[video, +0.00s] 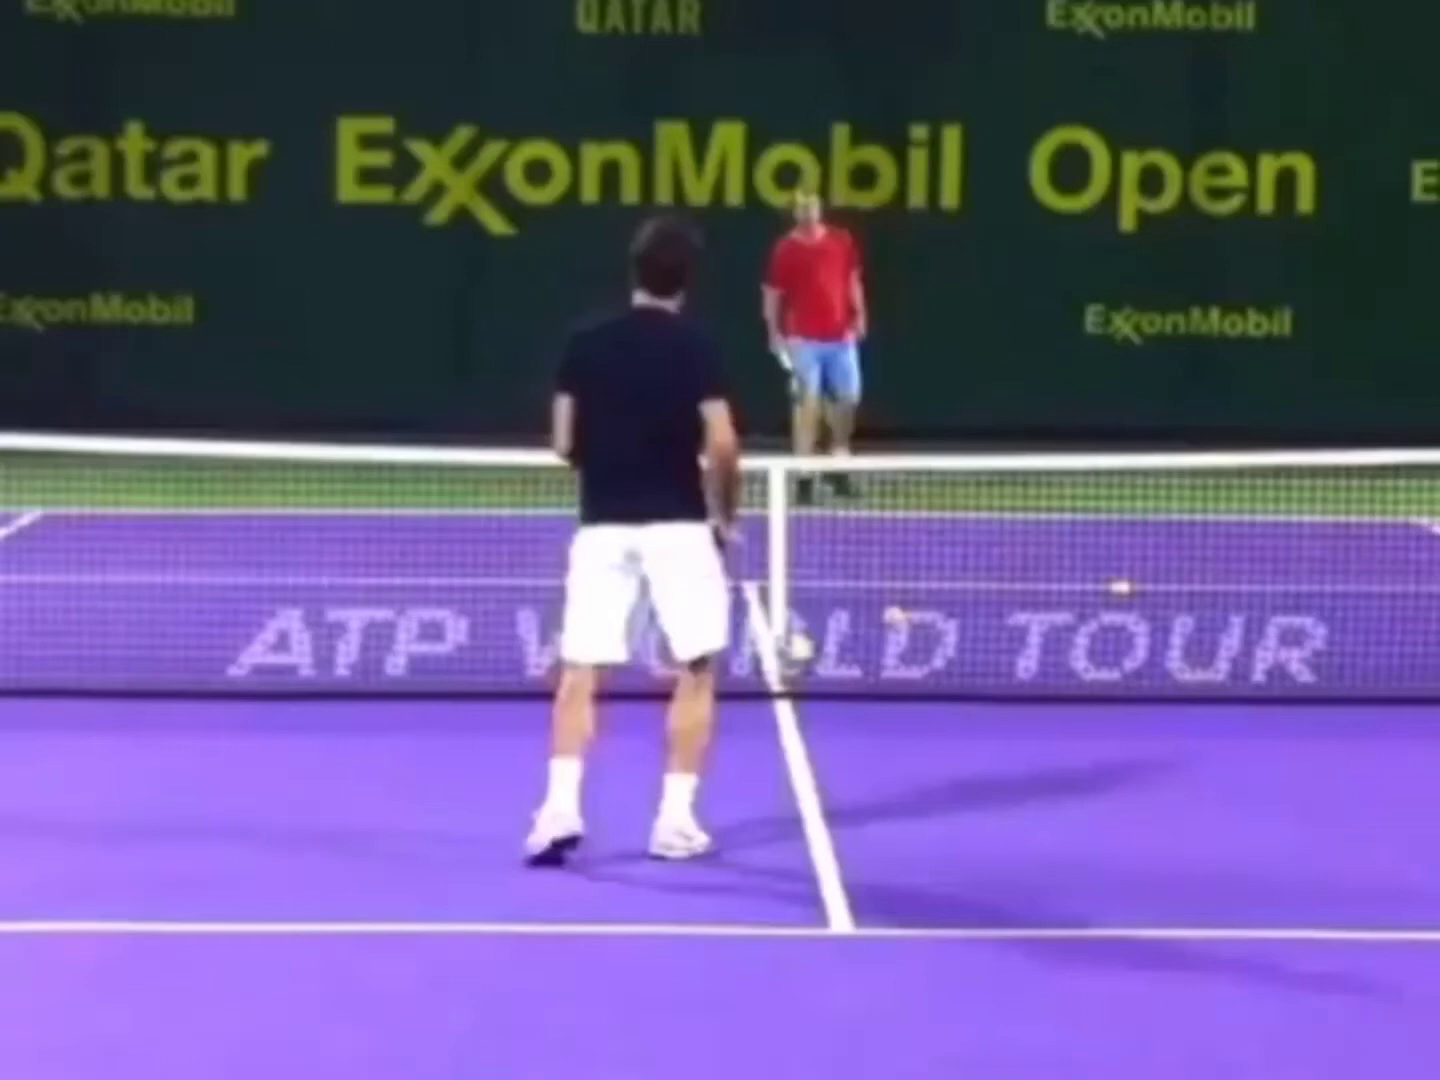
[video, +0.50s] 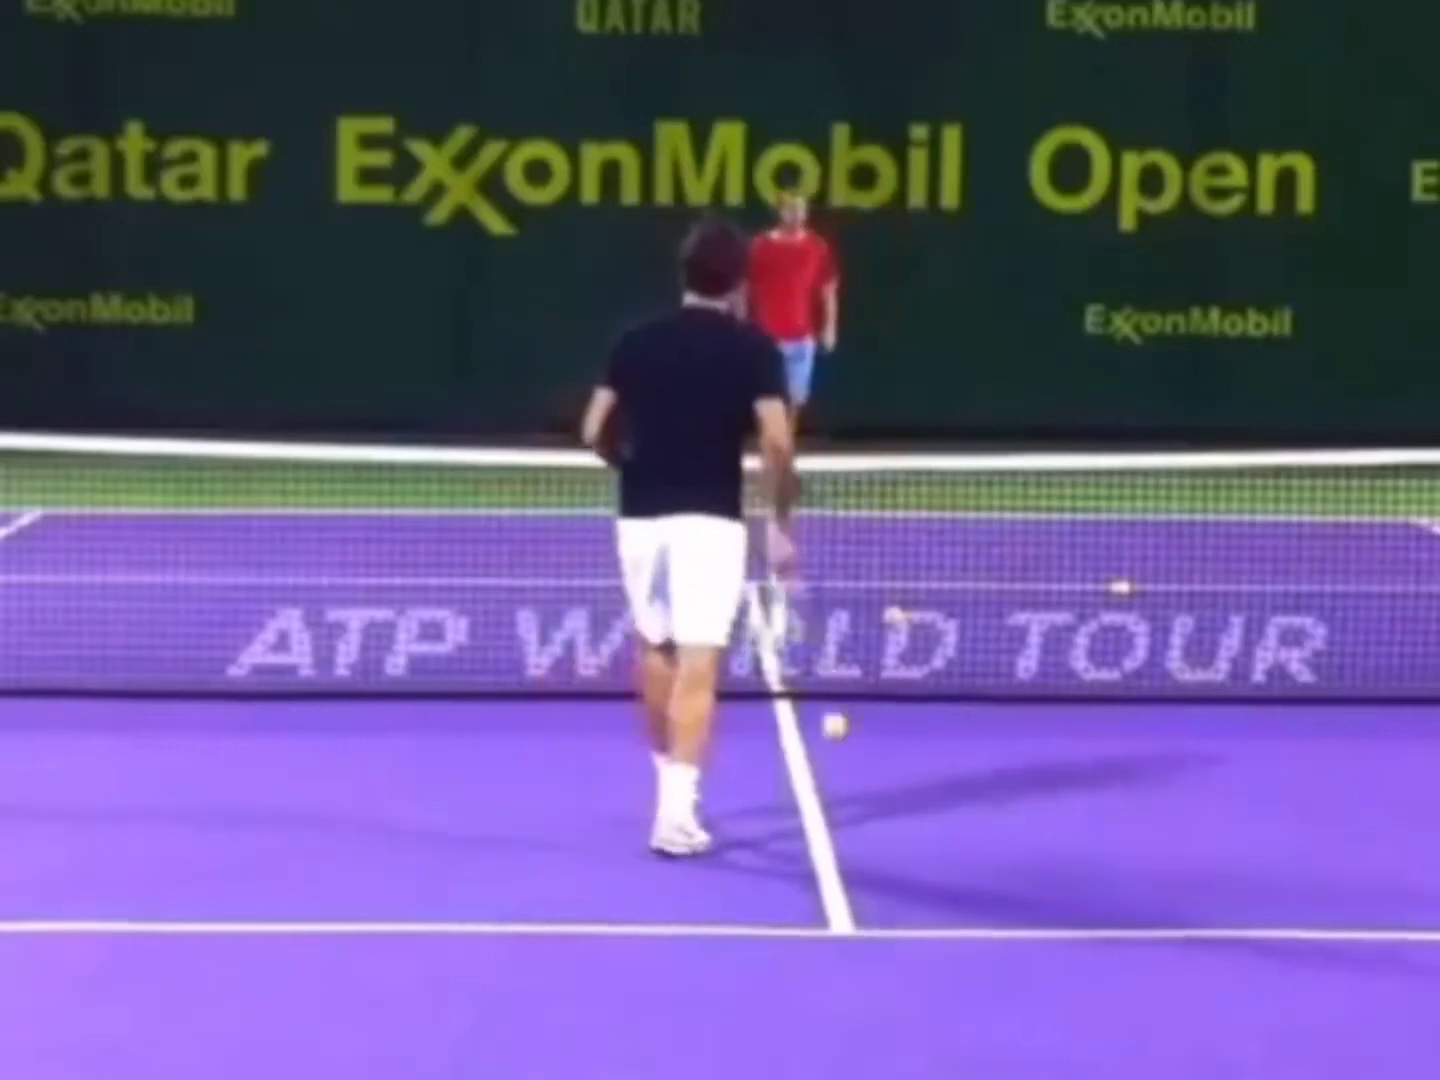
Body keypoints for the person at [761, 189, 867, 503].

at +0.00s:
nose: (807, 213)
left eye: (811, 207)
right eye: (801, 207)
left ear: (819, 210)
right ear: (794, 212)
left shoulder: (841, 241)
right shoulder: (785, 248)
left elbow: (854, 280)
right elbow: (772, 292)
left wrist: (859, 315)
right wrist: (774, 333)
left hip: (840, 335)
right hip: (802, 337)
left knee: (847, 398)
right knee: (807, 402)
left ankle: (840, 459)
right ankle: (804, 468)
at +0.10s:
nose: (803, 213)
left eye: (807, 206)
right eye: (798, 207)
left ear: (816, 209)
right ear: (791, 212)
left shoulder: (838, 241)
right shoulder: (783, 247)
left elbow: (851, 280)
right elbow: (769, 292)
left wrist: (857, 315)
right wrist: (773, 333)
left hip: (837, 336)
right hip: (799, 337)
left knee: (842, 399)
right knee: (805, 403)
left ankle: (831, 461)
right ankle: (803, 469)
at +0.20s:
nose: (797, 212)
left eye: (801, 206)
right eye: (792, 207)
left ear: (810, 209)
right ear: (784, 211)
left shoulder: (829, 241)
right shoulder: (775, 248)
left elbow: (845, 280)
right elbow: (763, 293)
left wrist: (851, 317)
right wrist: (768, 334)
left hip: (829, 336)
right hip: (793, 337)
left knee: (829, 398)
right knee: (798, 404)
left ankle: (818, 447)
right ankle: (803, 468)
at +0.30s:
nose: (794, 214)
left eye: (798, 207)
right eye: (788, 208)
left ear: (806, 210)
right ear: (780, 212)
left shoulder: (825, 243)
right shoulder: (769, 247)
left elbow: (840, 282)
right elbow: (757, 293)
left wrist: (845, 320)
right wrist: (765, 332)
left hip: (819, 337)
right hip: (784, 337)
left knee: (816, 402)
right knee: (791, 404)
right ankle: (798, 469)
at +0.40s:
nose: (793, 215)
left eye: (797, 209)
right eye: (788, 210)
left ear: (805, 212)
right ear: (780, 213)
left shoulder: (820, 246)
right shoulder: (765, 247)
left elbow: (834, 286)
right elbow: (750, 289)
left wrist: (838, 325)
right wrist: (750, 326)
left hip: (810, 337)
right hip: (776, 337)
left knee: (806, 401)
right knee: (784, 403)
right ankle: (791, 466)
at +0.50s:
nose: (793, 215)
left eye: (798, 208)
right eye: (788, 208)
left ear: (805, 211)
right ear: (779, 211)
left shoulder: (817, 247)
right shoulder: (760, 245)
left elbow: (828, 288)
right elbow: (744, 285)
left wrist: (829, 327)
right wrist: (742, 323)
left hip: (801, 336)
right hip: (765, 335)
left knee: (795, 399)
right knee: (767, 398)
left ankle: (786, 453)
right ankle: (769, 452)